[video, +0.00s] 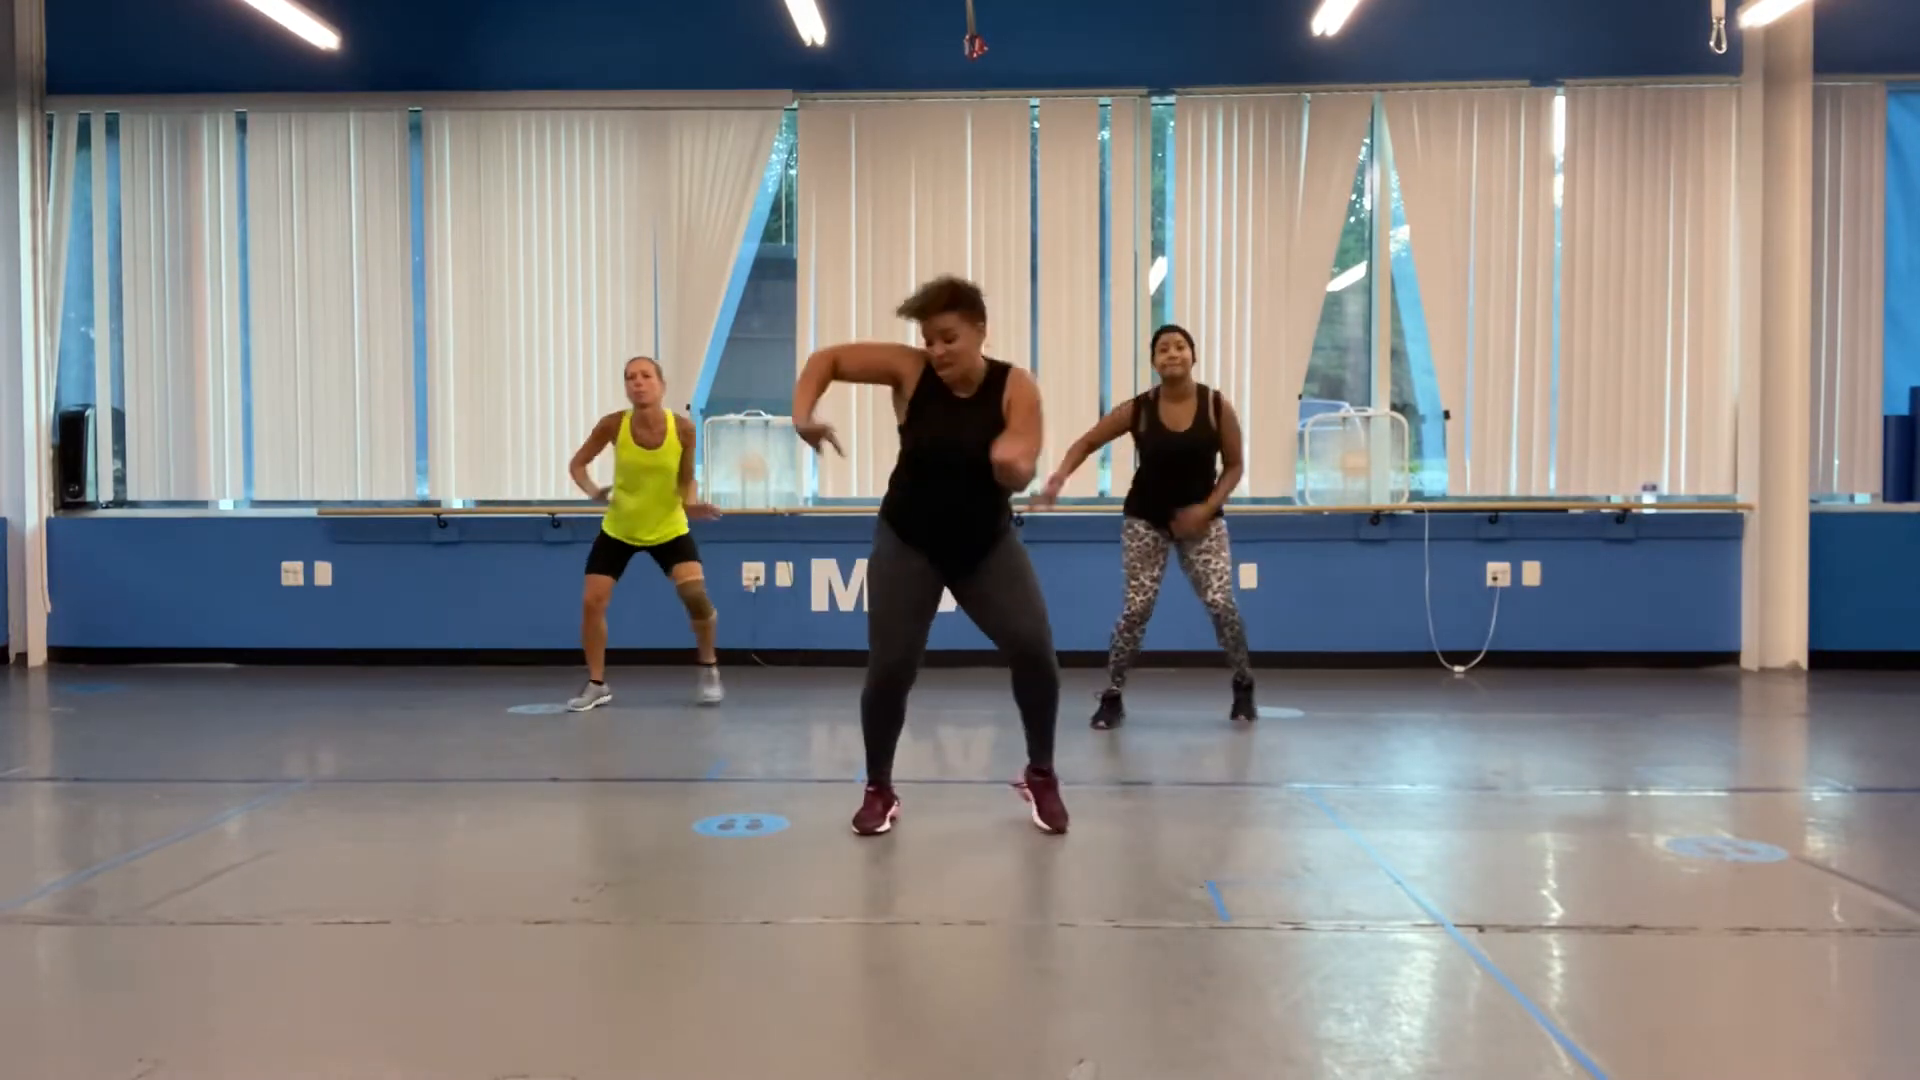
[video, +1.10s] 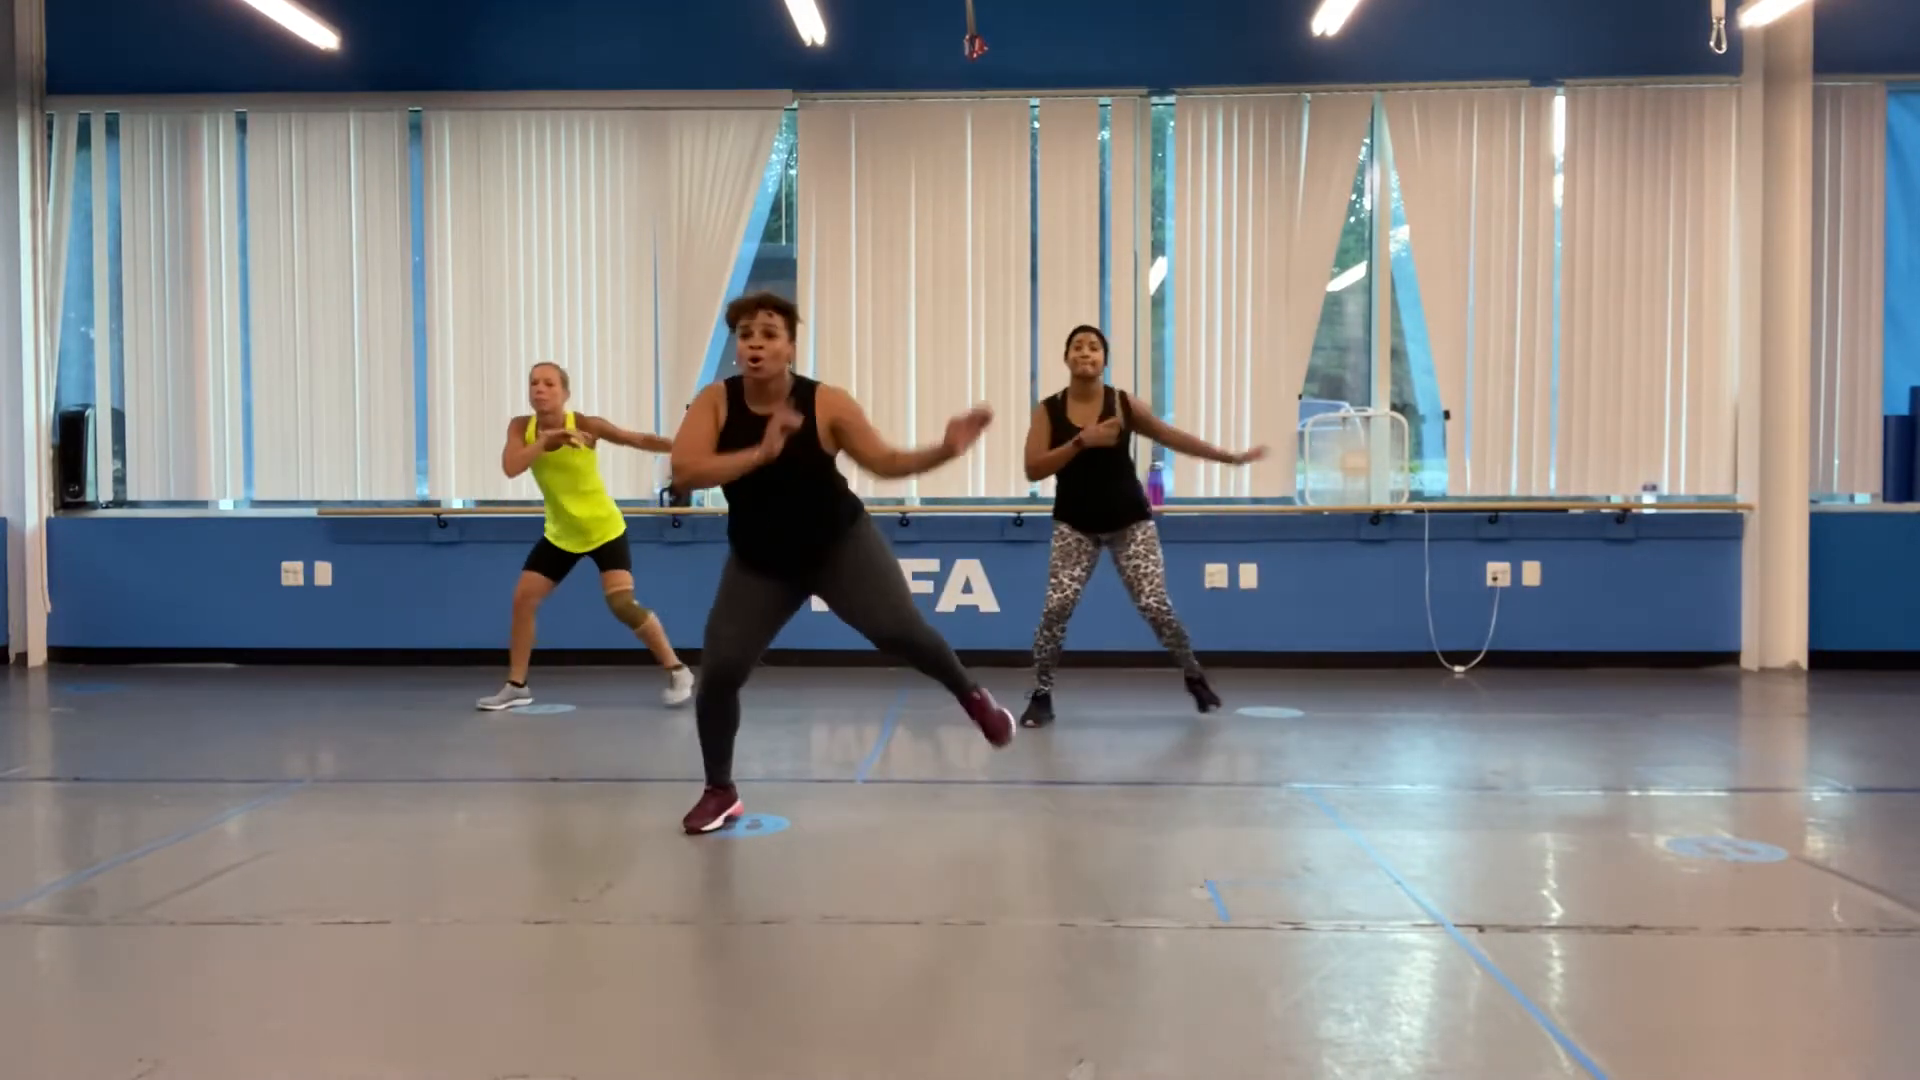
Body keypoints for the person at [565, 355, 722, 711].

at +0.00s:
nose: (638, 383)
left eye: (645, 376)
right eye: (631, 378)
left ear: (662, 385)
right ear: (626, 388)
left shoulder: (683, 428)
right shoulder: (614, 424)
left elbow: (687, 477)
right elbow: (577, 465)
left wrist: (691, 504)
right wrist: (594, 492)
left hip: (668, 524)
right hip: (620, 523)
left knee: (695, 594)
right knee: (593, 601)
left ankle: (709, 668)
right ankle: (596, 684)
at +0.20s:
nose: (663, 388)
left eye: (670, 381)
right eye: (656, 384)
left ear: (687, 388)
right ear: (650, 395)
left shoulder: (711, 423)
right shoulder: (645, 430)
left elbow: (728, 474)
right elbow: (610, 452)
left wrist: (674, 469)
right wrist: (574, 474)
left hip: (698, 530)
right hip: (652, 528)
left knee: (729, 597)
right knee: (619, 605)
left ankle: (740, 685)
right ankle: (584, 668)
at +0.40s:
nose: (656, 388)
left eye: (663, 381)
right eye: (649, 383)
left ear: (678, 389)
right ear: (643, 394)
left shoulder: (704, 427)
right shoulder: (637, 438)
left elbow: (734, 478)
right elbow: (641, 493)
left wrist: (710, 500)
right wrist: (599, 514)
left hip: (705, 530)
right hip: (659, 532)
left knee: (733, 599)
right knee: (625, 602)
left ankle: (740, 685)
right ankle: (627, 677)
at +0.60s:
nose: (616, 380)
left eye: (625, 375)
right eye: (611, 375)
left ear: (641, 385)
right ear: (605, 386)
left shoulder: (662, 421)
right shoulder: (595, 423)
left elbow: (703, 452)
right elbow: (597, 478)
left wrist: (736, 471)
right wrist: (613, 484)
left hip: (674, 522)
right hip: (632, 527)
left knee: (704, 598)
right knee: (600, 599)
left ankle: (753, 676)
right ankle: (592, 684)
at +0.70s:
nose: (598, 384)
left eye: (607, 378)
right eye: (593, 379)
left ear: (623, 386)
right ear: (587, 388)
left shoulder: (645, 425)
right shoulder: (576, 429)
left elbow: (686, 455)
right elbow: (568, 485)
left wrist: (731, 465)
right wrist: (607, 477)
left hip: (657, 526)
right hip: (613, 531)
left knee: (680, 595)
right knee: (579, 599)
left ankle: (723, 668)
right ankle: (589, 685)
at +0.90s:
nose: (569, 384)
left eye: (577, 378)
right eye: (564, 379)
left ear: (594, 387)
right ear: (558, 390)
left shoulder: (620, 420)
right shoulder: (554, 426)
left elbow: (667, 443)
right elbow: (548, 479)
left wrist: (719, 460)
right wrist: (586, 469)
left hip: (641, 525)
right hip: (598, 529)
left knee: (651, 602)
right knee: (552, 590)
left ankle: (677, 680)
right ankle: (566, 675)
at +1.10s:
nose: (540, 389)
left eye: (548, 384)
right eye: (534, 384)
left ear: (565, 393)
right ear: (528, 393)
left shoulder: (586, 425)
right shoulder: (522, 427)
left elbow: (636, 439)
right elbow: (511, 467)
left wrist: (679, 446)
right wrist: (547, 441)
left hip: (603, 527)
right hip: (561, 532)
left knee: (621, 603)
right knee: (524, 598)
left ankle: (677, 671)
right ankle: (516, 685)